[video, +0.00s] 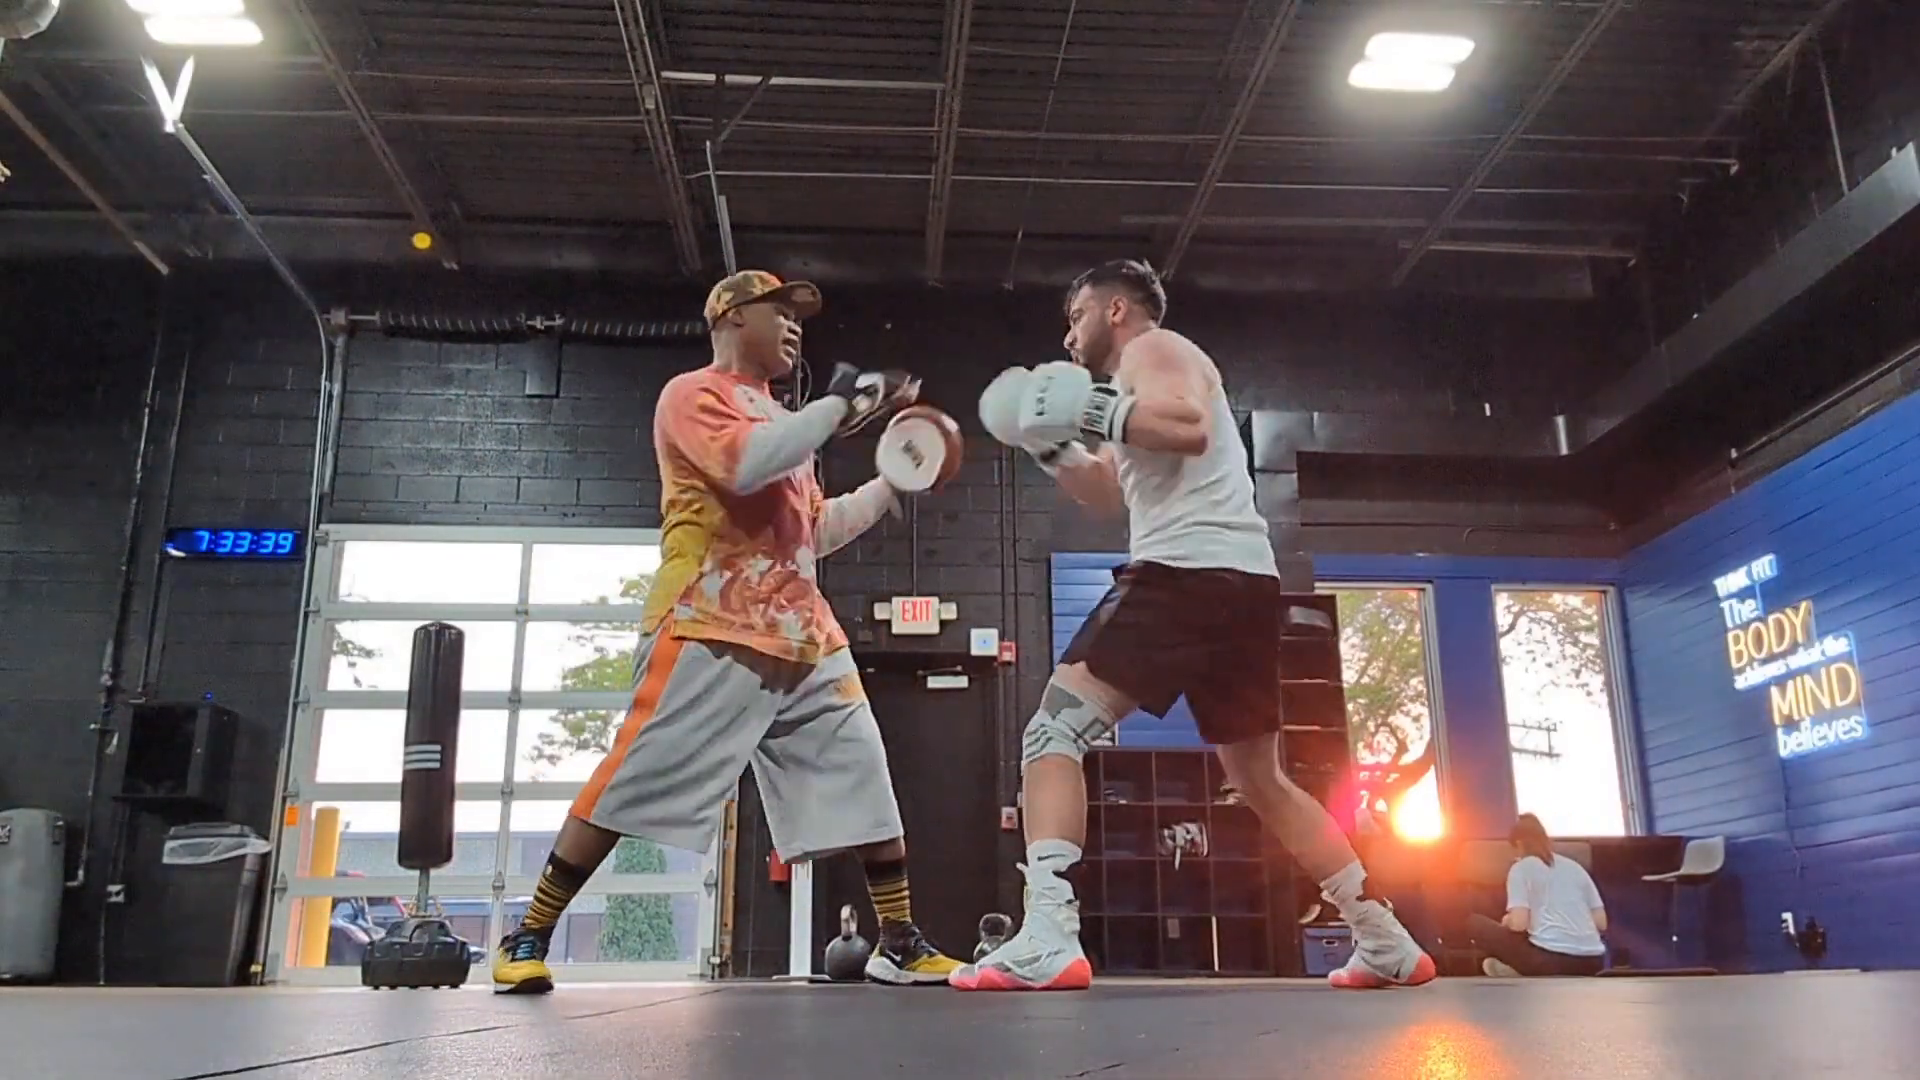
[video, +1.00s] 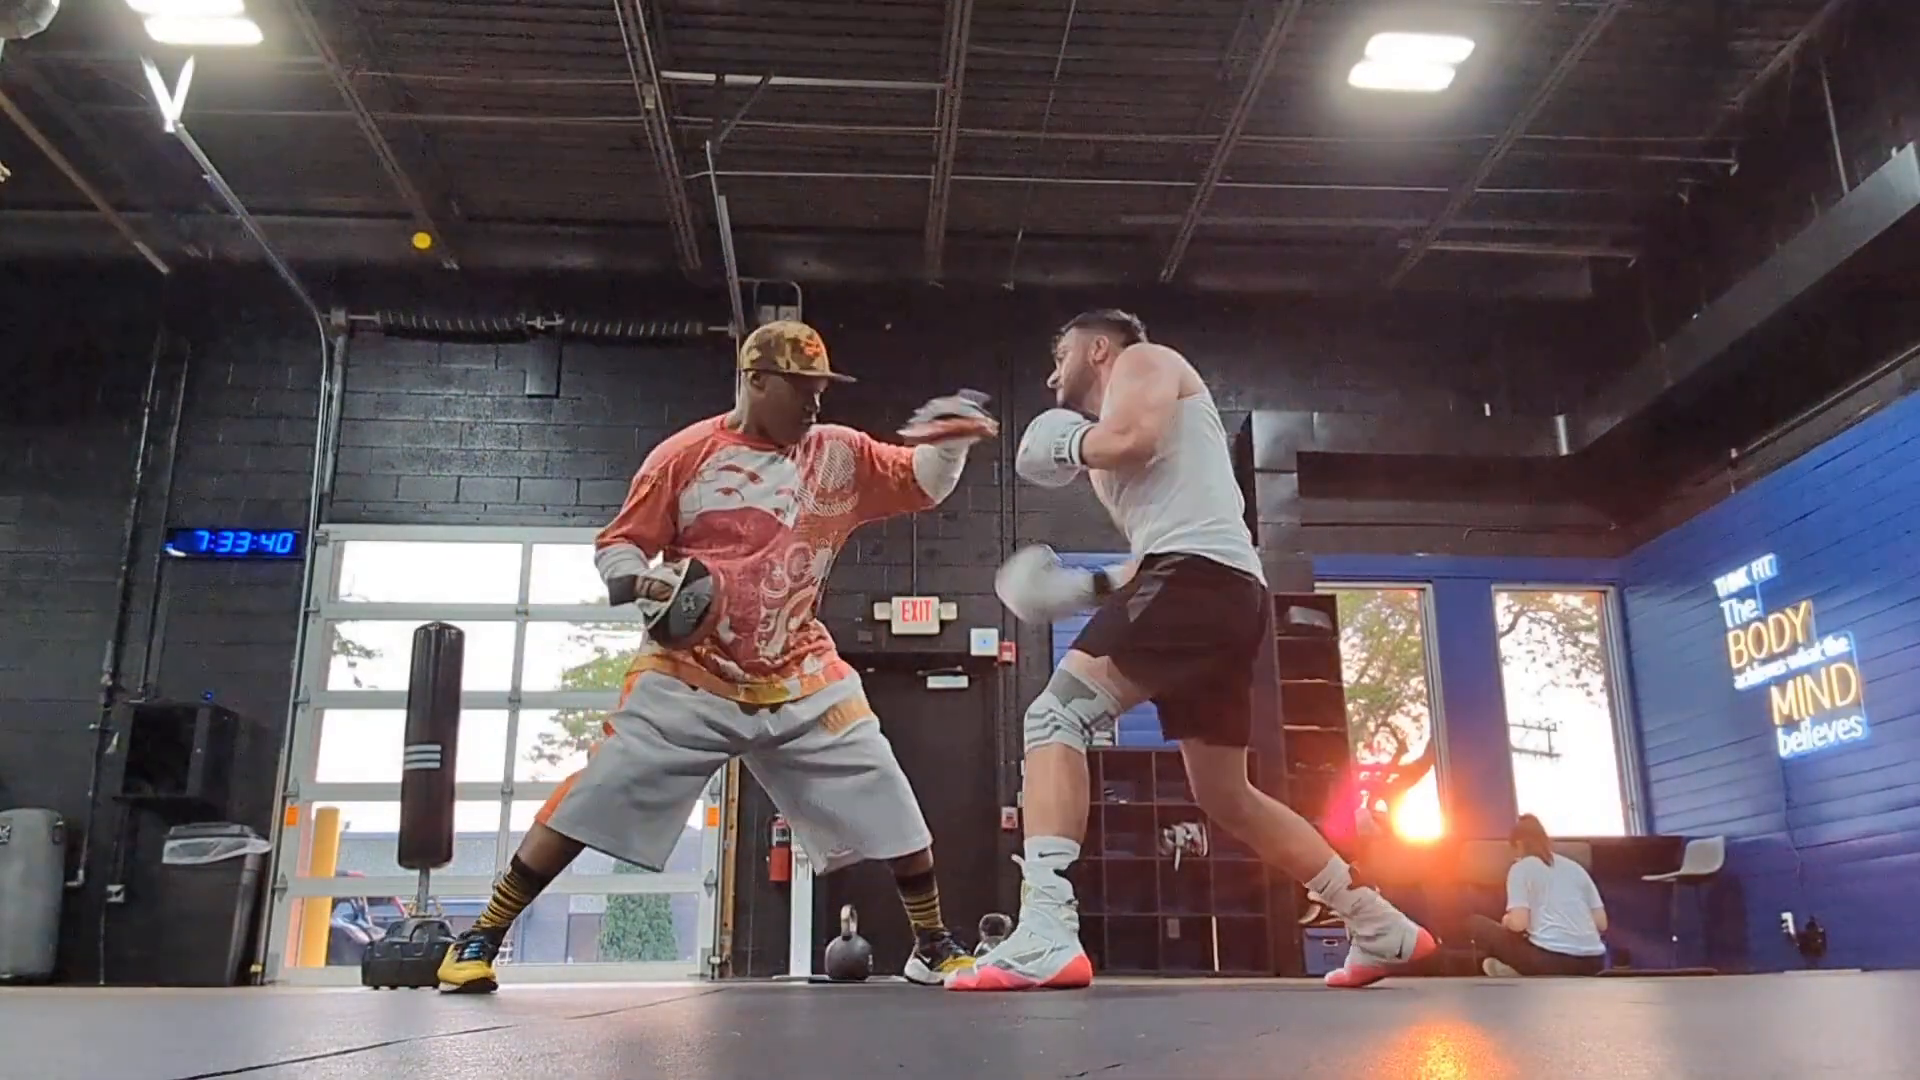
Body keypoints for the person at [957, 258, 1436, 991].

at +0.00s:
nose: (1069, 334)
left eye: (1076, 316)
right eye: (1068, 322)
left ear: (1117, 306)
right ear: (1122, 313)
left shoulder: (1151, 348)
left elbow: (1189, 425)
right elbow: (1107, 497)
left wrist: (1090, 407)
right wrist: (1047, 443)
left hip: (1181, 574)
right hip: (1249, 581)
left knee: (1055, 734)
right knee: (1260, 781)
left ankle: (1047, 935)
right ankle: (1384, 940)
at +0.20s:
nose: (1083, 339)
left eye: (1088, 324)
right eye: (1084, 327)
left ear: (1122, 316)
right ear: (1156, 325)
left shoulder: (1110, 361)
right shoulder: (1221, 390)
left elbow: (1028, 427)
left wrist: (975, 416)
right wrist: (1019, 401)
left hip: (1160, 597)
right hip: (1250, 597)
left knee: (1045, 749)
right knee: (1272, 777)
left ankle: (1046, 935)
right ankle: (1383, 941)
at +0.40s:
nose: (1049, 320)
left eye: (1060, 303)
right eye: (1050, 307)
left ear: (1107, 305)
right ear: (1100, 313)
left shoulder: (1168, 355)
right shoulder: (1079, 389)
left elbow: (1199, 442)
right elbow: (994, 414)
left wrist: (1094, 452)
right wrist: (926, 361)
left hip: (1195, 579)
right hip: (1202, 588)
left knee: (1070, 724)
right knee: (1254, 785)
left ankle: (1047, 935)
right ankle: (1401, 935)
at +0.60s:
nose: (1072, 362)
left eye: (1077, 344)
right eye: (1072, 349)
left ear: (1114, 332)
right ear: (1140, 339)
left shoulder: (1120, 371)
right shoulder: (1192, 399)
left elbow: (1122, 471)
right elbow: (1198, 508)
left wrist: (1092, 520)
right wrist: (1123, 512)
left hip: (1192, 585)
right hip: (1261, 594)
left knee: (1067, 740)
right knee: (1259, 781)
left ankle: (1045, 934)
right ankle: (1386, 936)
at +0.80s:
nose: (1103, 403)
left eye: (1105, 393)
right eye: (1103, 396)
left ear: (1127, 378)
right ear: (1174, 381)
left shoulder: (1113, 402)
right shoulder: (1238, 422)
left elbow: (1066, 479)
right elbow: (1274, 514)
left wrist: (1096, 564)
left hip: (1188, 573)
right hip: (1273, 580)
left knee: (1068, 738)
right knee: (1269, 774)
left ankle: (1050, 929)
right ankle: (1383, 937)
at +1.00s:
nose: (1054, 374)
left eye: (1062, 356)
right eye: (1055, 361)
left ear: (1101, 346)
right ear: (1102, 352)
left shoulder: (1143, 360)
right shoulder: (1128, 431)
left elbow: (1135, 438)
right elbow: (1167, 547)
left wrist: (1063, 438)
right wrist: (1084, 585)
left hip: (1190, 575)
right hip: (1234, 591)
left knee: (1055, 722)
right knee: (1226, 793)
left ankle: (1044, 931)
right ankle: (1378, 925)